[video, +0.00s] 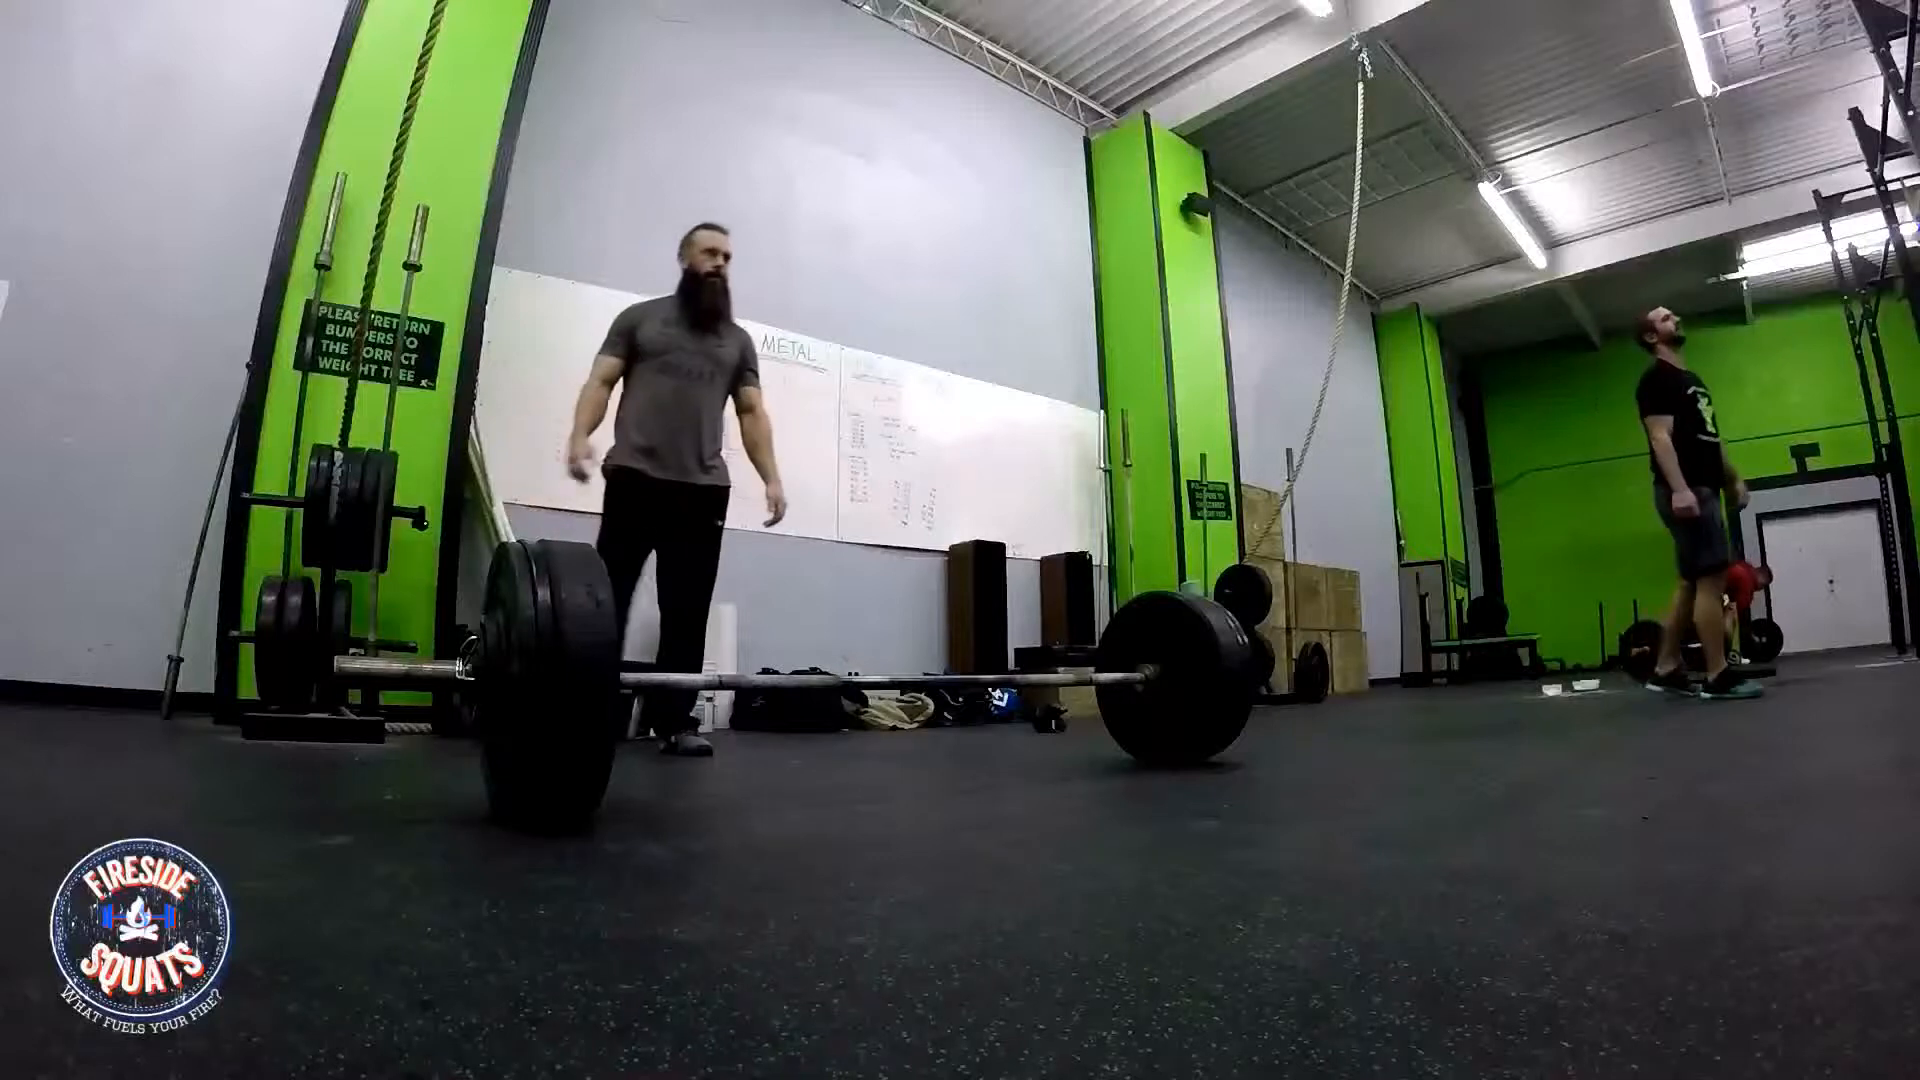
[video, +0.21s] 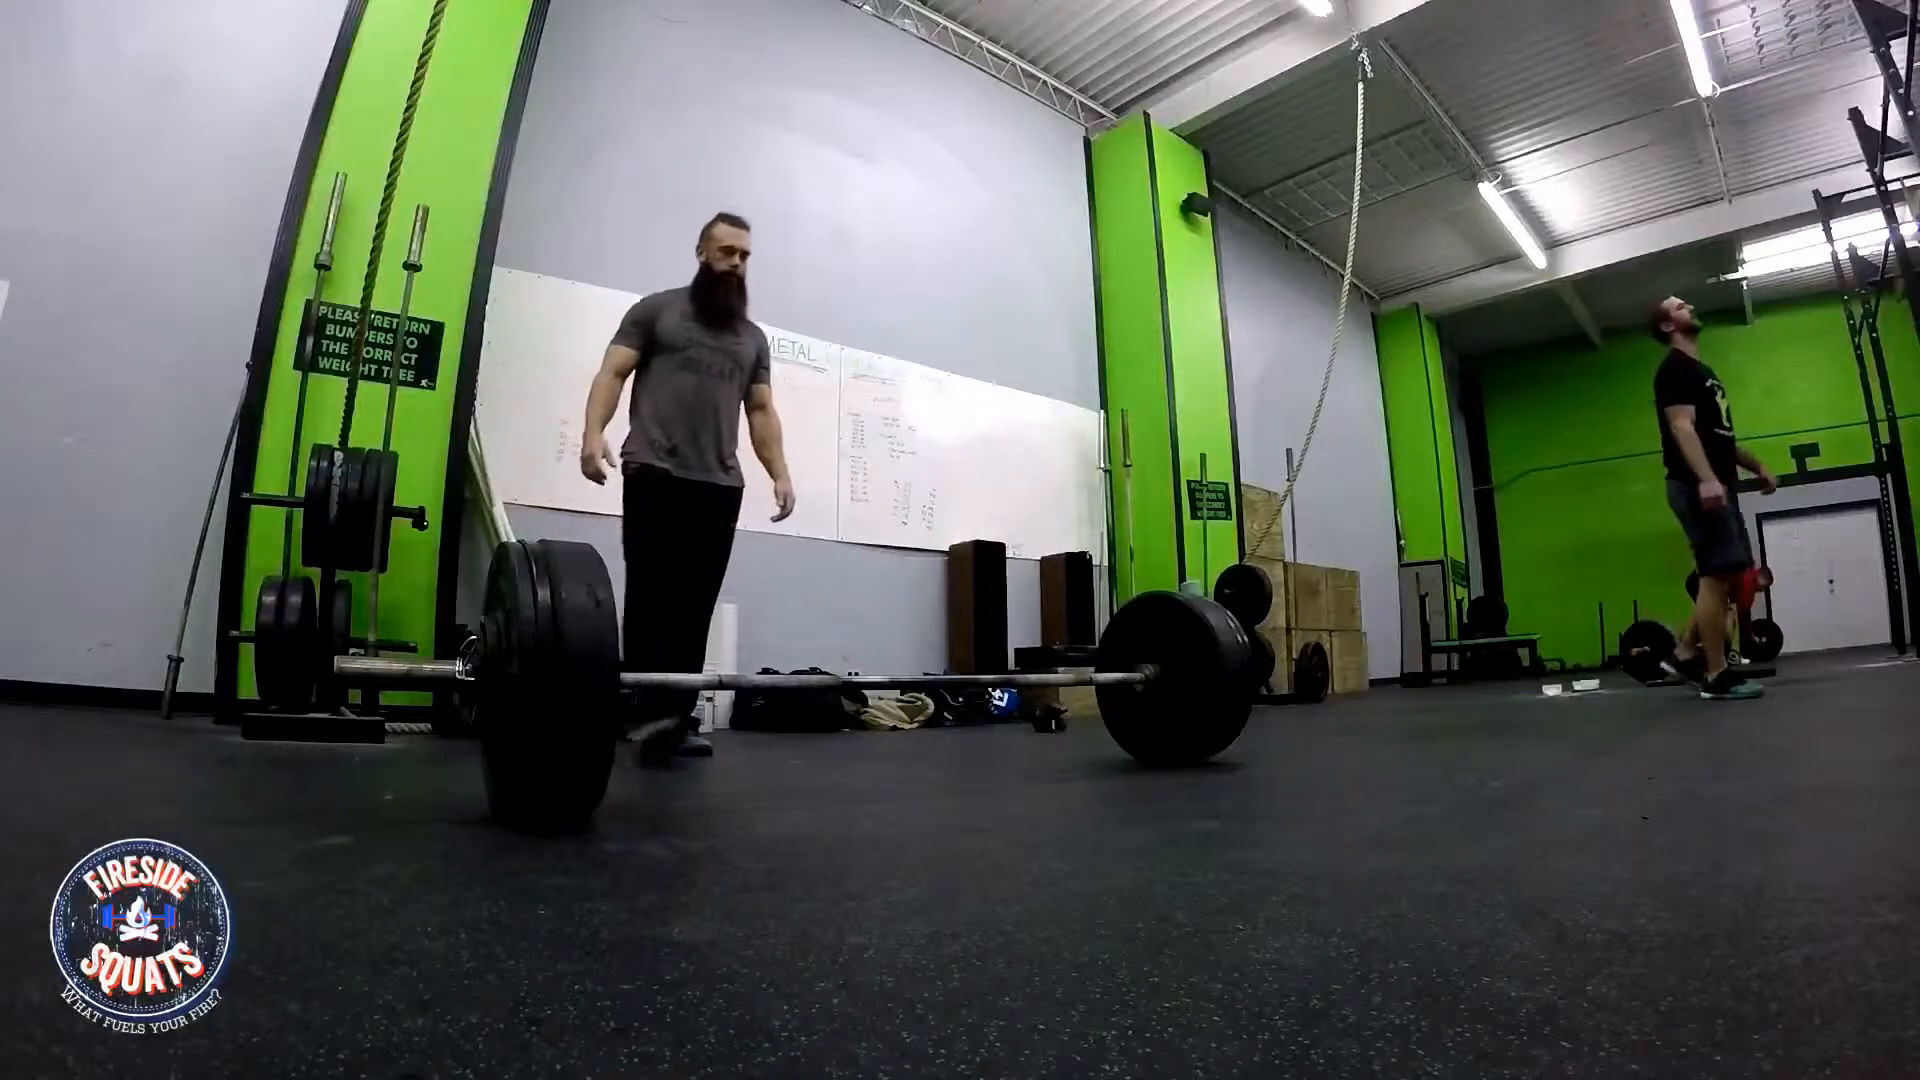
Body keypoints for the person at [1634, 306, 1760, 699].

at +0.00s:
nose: (1672, 317)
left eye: (1669, 314)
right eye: (1663, 317)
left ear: (1669, 332)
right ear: (1651, 335)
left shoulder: (1690, 378)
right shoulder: (1656, 379)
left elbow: (1708, 437)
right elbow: (1660, 437)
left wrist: (1732, 478)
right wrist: (1679, 488)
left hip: (1702, 488)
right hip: (1687, 490)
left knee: (1690, 580)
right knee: (1711, 577)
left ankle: (1667, 666)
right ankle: (1718, 674)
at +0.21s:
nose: (1686, 305)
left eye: (1682, 302)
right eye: (1677, 305)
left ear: (1679, 323)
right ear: (1668, 324)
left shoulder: (1700, 369)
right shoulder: (1674, 368)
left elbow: (1719, 436)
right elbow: (1681, 427)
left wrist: (1758, 467)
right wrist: (1707, 477)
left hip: (1716, 483)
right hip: (1695, 485)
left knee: (1728, 571)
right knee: (1716, 574)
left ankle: (1686, 652)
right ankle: (1717, 673)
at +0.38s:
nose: (1699, 301)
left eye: (1694, 297)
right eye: (1690, 299)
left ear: (1688, 318)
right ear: (1682, 317)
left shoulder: (1708, 365)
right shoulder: (1689, 363)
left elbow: (1731, 432)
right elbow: (1702, 420)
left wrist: (1766, 463)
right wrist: (1740, 465)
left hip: (1724, 481)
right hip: (1705, 482)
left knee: (1743, 572)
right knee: (1719, 575)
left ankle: (1734, 664)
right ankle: (1717, 674)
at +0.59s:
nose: (1719, 300)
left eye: (1713, 295)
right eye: (1710, 297)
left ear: (1702, 316)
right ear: (1699, 314)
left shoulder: (1718, 360)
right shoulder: (1706, 360)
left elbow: (1731, 425)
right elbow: (1728, 419)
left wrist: (1758, 473)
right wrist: (1773, 461)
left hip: (1739, 481)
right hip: (1721, 483)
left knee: (1768, 570)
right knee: (1726, 575)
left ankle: (1796, 657)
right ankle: (1719, 671)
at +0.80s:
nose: (1745, 302)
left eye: (1739, 297)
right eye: (1737, 299)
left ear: (1728, 316)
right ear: (1725, 315)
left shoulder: (1742, 360)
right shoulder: (1730, 361)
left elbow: (1754, 423)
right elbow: (1751, 420)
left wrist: (1782, 471)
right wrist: (1785, 466)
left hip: (1767, 479)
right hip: (1748, 481)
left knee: (1795, 571)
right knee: (1745, 573)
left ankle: (1819, 664)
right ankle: (1720, 669)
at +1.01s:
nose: (1769, 303)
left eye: (1765, 298)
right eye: (1761, 300)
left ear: (1751, 315)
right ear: (1748, 313)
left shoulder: (1762, 356)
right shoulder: (1757, 355)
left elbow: (1770, 414)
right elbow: (1769, 406)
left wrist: (1797, 462)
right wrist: (1802, 454)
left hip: (1787, 472)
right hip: (1775, 473)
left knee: (1808, 568)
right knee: (1784, 563)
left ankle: (1819, 664)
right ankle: (1733, 657)